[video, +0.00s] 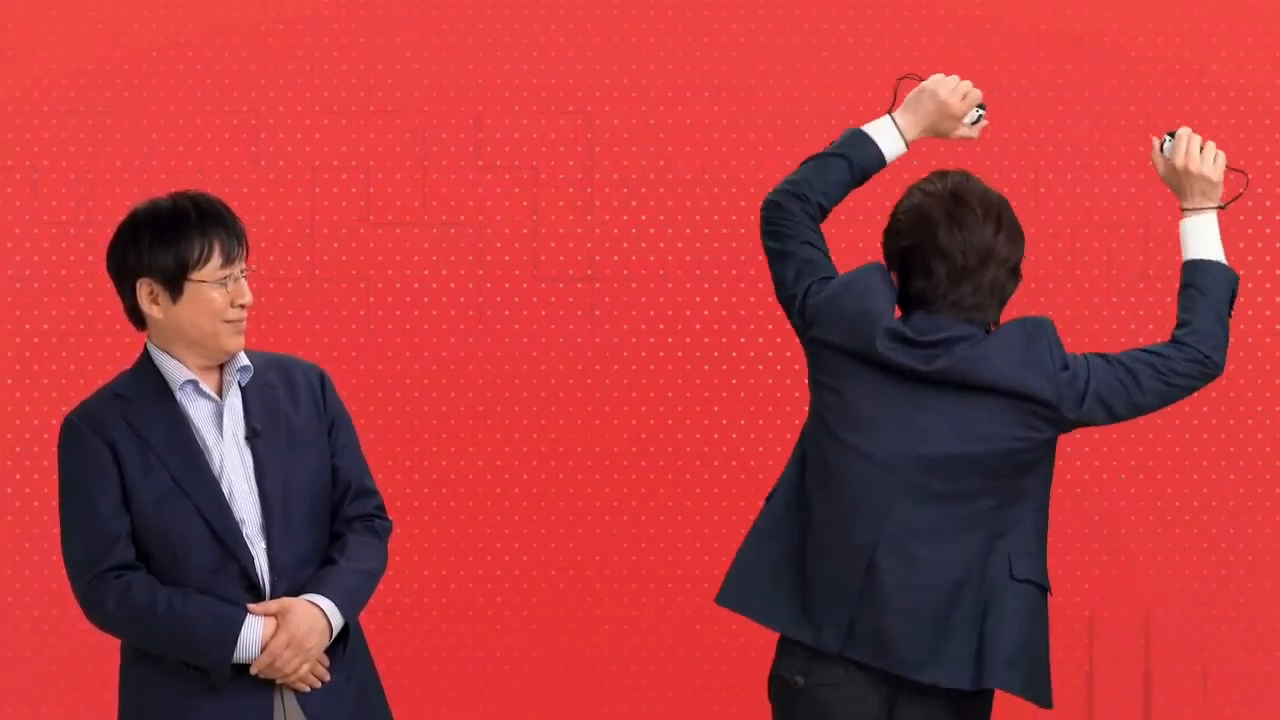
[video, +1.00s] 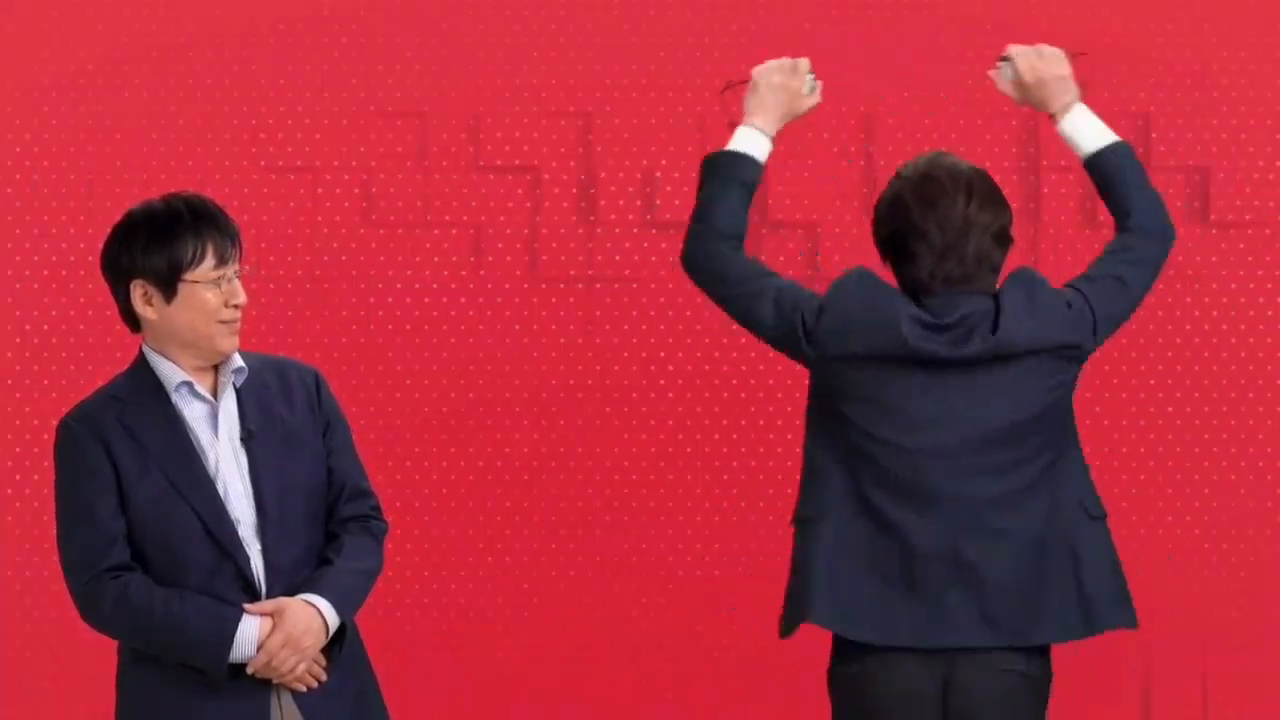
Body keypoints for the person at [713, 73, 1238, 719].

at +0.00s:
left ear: (895, 272)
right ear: (1008, 282)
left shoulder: (842, 332)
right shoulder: (1040, 380)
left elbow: (789, 209)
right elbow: (1197, 355)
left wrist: (903, 123)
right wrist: (1201, 209)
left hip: (821, 668)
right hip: (950, 685)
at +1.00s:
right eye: (1001, 237)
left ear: (892, 256)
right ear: (1002, 249)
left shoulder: (841, 332)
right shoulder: (1052, 333)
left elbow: (709, 254)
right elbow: (1149, 230)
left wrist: (755, 125)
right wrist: (1067, 107)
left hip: (877, 666)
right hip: (1008, 666)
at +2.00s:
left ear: (884, 260)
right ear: (992, 257)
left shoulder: (842, 335)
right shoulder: (1050, 340)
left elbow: (727, 245)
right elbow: (1163, 247)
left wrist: (786, 120)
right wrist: (1098, 118)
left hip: (858, 663)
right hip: (986, 667)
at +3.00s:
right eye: (997, 251)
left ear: (882, 258)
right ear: (991, 265)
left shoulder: (839, 333)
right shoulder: (1041, 362)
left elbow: (760, 220)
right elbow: (1190, 329)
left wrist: (853, 119)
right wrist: (1198, 190)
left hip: (855, 672)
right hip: (984, 681)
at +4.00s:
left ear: (875, 271)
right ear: (987, 255)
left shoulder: (834, 372)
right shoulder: (1032, 334)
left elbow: (675, 342)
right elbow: (1064, 194)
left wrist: (667, 203)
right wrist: (949, 111)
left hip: (875, 682)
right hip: (1002, 671)